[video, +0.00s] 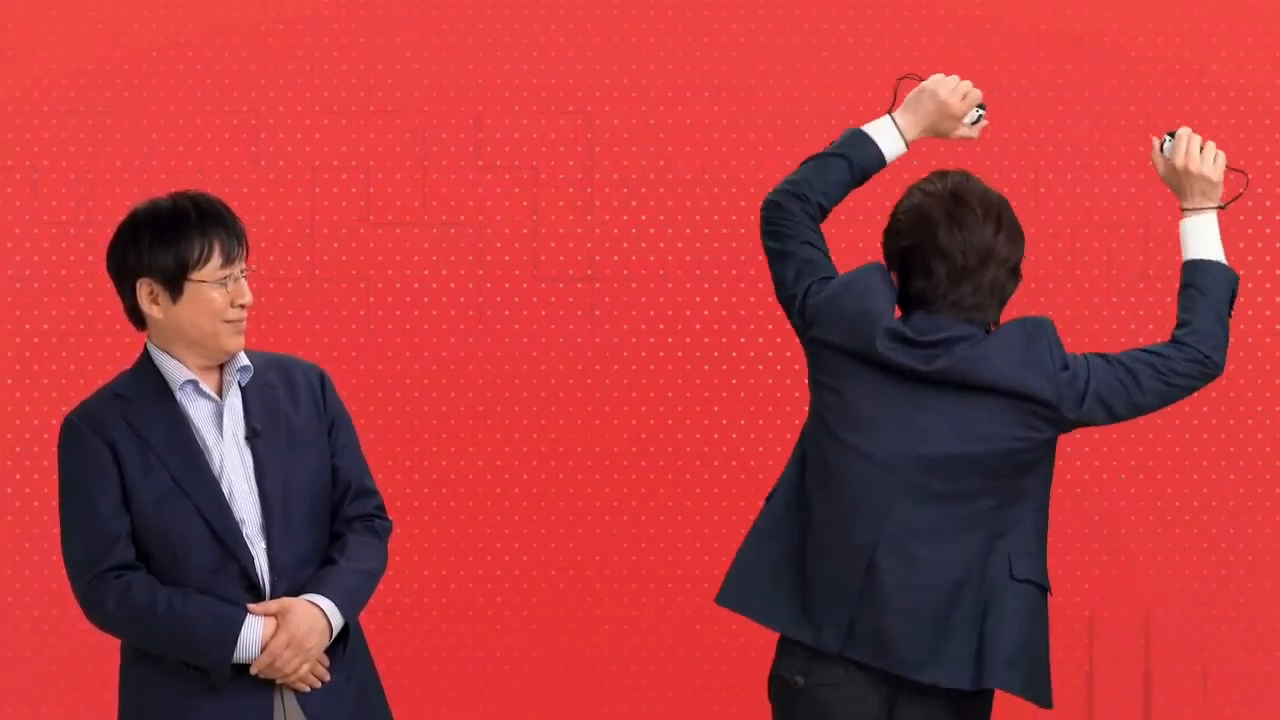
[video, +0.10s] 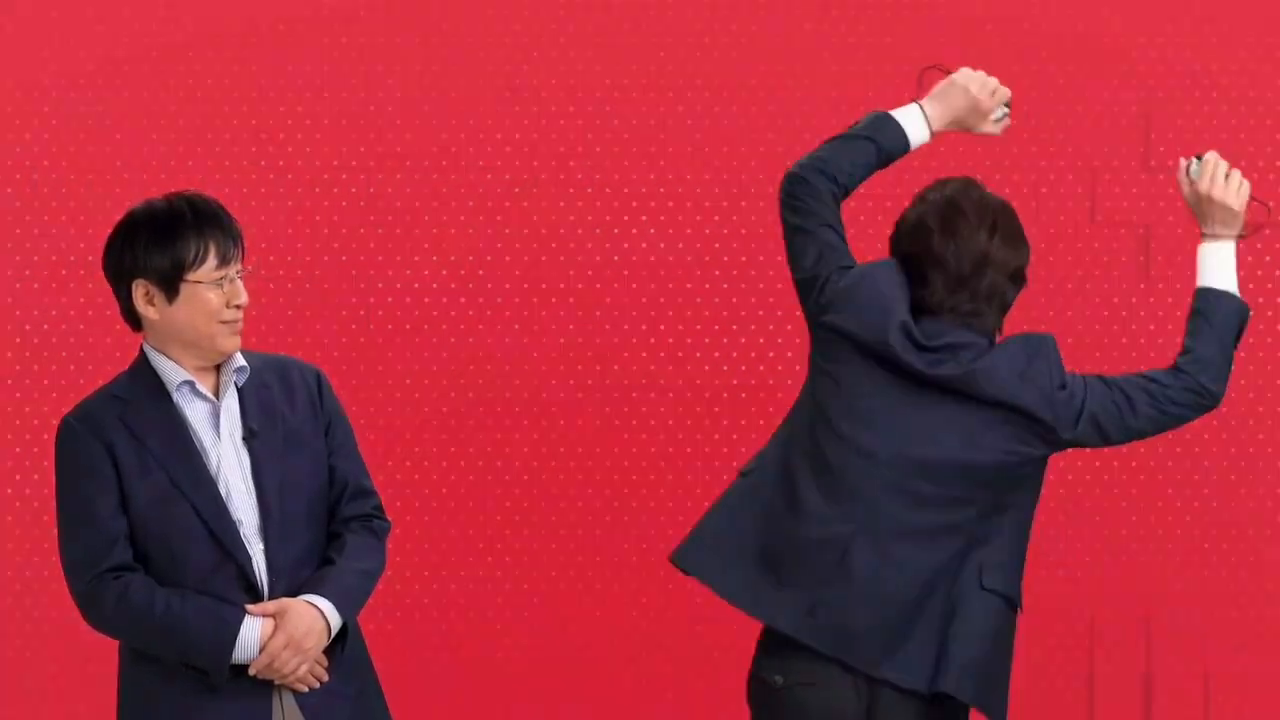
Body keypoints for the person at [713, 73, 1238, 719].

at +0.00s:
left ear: (895, 272)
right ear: (1008, 282)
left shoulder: (842, 332)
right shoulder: (1040, 380)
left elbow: (789, 209)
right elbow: (1197, 355)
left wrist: (903, 123)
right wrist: (1201, 209)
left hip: (821, 668)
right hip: (950, 685)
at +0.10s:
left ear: (901, 263)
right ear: (1007, 292)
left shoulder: (847, 325)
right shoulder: (1032, 399)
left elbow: (809, 187)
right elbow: (1197, 384)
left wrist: (930, 113)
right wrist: (1221, 240)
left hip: (801, 667)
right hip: (927, 691)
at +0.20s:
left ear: (894, 251)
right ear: (1003, 273)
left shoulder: (839, 317)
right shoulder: (1036, 376)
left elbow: (767, 186)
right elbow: (1189, 323)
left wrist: (861, 91)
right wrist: (1182, 172)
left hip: (814, 661)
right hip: (940, 679)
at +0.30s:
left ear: (887, 255)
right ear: (999, 251)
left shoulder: (834, 330)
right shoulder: (1041, 337)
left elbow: (701, 249)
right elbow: (1140, 226)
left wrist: (740, 118)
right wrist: (1062, 100)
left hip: (839, 660)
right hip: (966, 663)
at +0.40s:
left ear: (873, 275)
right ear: (985, 258)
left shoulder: (837, 381)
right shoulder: (1030, 334)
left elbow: (676, 360)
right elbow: (1047, 192)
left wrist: (660, 219)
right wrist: (929, 116)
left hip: (884, 689)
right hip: (1009, 678)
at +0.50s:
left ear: (873, 274)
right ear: (981, 255)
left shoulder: (841, 379)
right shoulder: (1029, 325)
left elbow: (678, 360)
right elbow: (1045, 183)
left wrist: (667, 221)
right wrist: (934, 94)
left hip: (892, 687)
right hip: (1016, 672)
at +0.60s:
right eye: (985, 232)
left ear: (874, 260)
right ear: (985, 248)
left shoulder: (835, 349)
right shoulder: (1037, 324)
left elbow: (696, 284)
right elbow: (1120, 202)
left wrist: (728, 144)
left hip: (875, 662)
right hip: (1004, 656)